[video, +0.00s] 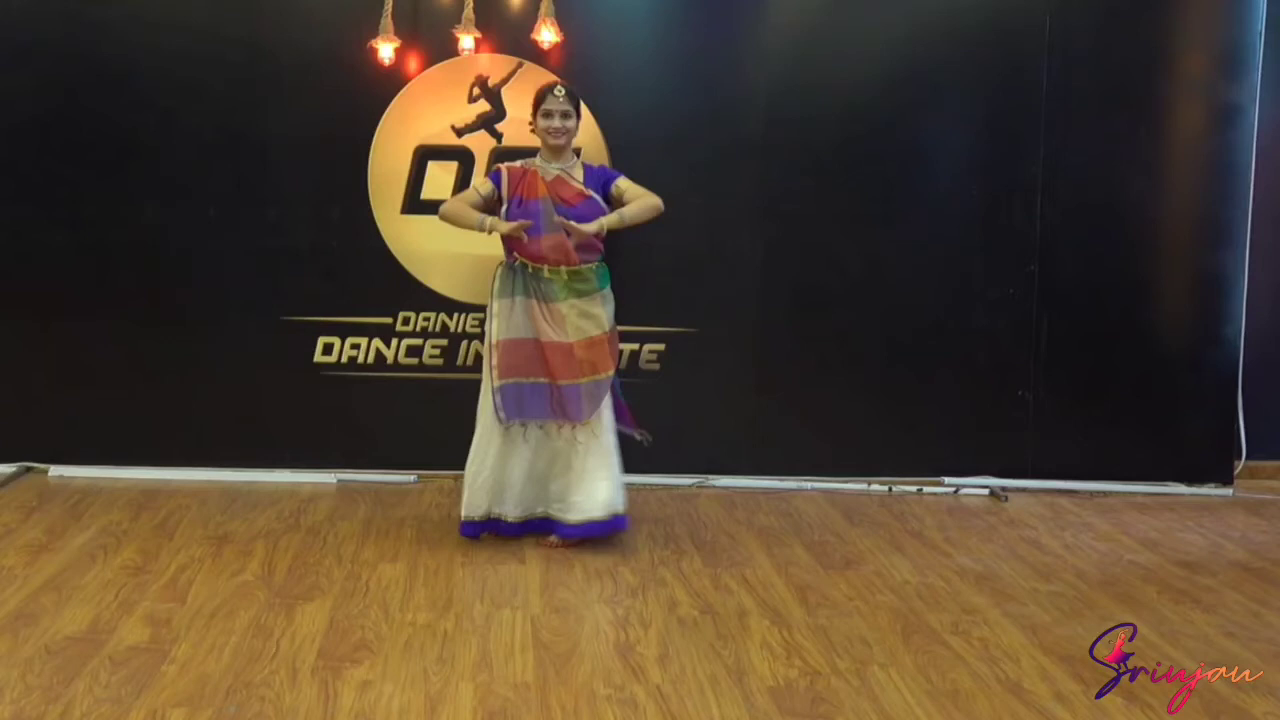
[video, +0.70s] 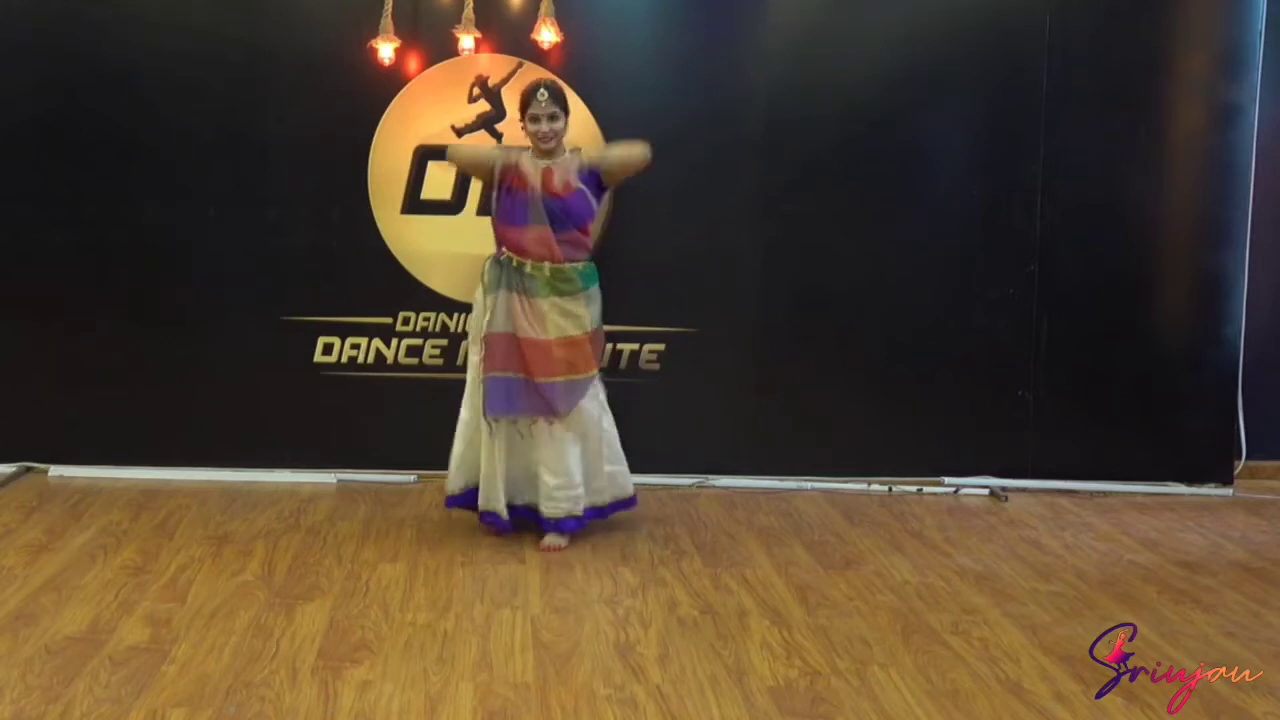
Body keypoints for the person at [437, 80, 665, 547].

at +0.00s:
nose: (558, 123)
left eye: (566, 115)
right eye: (549, 115)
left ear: (578, 123)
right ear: (535, 122)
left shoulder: (596, 176)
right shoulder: (512, 176)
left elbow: (652, 204)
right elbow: (451, 209)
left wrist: (600, 224)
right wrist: (496, 224)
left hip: (581, 304)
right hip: (522, 302)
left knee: (579, 404)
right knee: (519, 401)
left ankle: (574, 514)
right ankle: (515, 509)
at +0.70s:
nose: (543, 126)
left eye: (552, 118)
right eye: (534, 119)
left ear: (566, 122)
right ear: (523, 124)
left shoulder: (587, 170)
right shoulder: (509, 167)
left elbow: (642, 153)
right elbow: (454, 153)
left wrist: (583, 160)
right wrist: (508, 156)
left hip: (566, 302)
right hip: (511, 299)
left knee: (560, 409)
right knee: (509, 404)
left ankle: (560, 515)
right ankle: (508, 505)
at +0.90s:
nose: (546, 128)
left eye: (553, 119)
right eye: (537, 121)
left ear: (569, 125)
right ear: (527, 130)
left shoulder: (592, 175)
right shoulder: (514, 177)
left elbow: (632, 156)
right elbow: (467, 167)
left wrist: (593, 126)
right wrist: (504, 129)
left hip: (581, 304)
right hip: (525, 301)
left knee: (572, 410)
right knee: (511, 404)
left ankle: (563, 516)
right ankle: (516, 507)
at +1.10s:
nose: (535, 153)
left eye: (541, 142)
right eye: (525, 147)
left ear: (560, 144)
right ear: (517, 157)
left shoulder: (595, 197)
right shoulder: (511, 210)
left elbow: (626, 249)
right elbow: (499, 268)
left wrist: (586, 232)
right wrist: (537, 243)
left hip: (596, 323)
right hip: (538, 325)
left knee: (595, 423)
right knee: (538, 425)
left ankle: (606, 511)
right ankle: (594, 519)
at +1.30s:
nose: (525, 184)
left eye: (530, 173)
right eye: (515, 179)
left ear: (550, 167)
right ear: (508, 186)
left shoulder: (597, 213)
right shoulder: (515, 245)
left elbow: (638, 272)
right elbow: (530, 314)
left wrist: (670, 321)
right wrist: (558, 358)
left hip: (621, 338)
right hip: (562, 349)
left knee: (629, 443)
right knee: (578, 448)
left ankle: (648, 533)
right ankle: (580, 540)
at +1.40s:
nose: (529, 197)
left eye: (533, 185)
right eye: (518, 193)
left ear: (553, 176)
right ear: (514, 198)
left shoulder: (605, 215)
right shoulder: (529, 257)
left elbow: (661, 263)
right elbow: (542, 329)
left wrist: (718, 302)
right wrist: (553, 391)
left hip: (632, 346)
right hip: (575, 356)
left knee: (630, 443)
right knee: (574, 445)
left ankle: (632, 535)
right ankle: (570, 537)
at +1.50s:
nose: (535, 200)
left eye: (541, 187)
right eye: (525, 194)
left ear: (562, 177)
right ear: (522, 197)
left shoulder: (610, 209)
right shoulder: (542, 254)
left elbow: (667, 241)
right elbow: (547, 325)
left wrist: (716, 262)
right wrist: (539, 392)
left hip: (637, 344)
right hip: (584, 355)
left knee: (631, 442)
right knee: (589, 446)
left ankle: (626, 536)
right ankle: (565, 538)